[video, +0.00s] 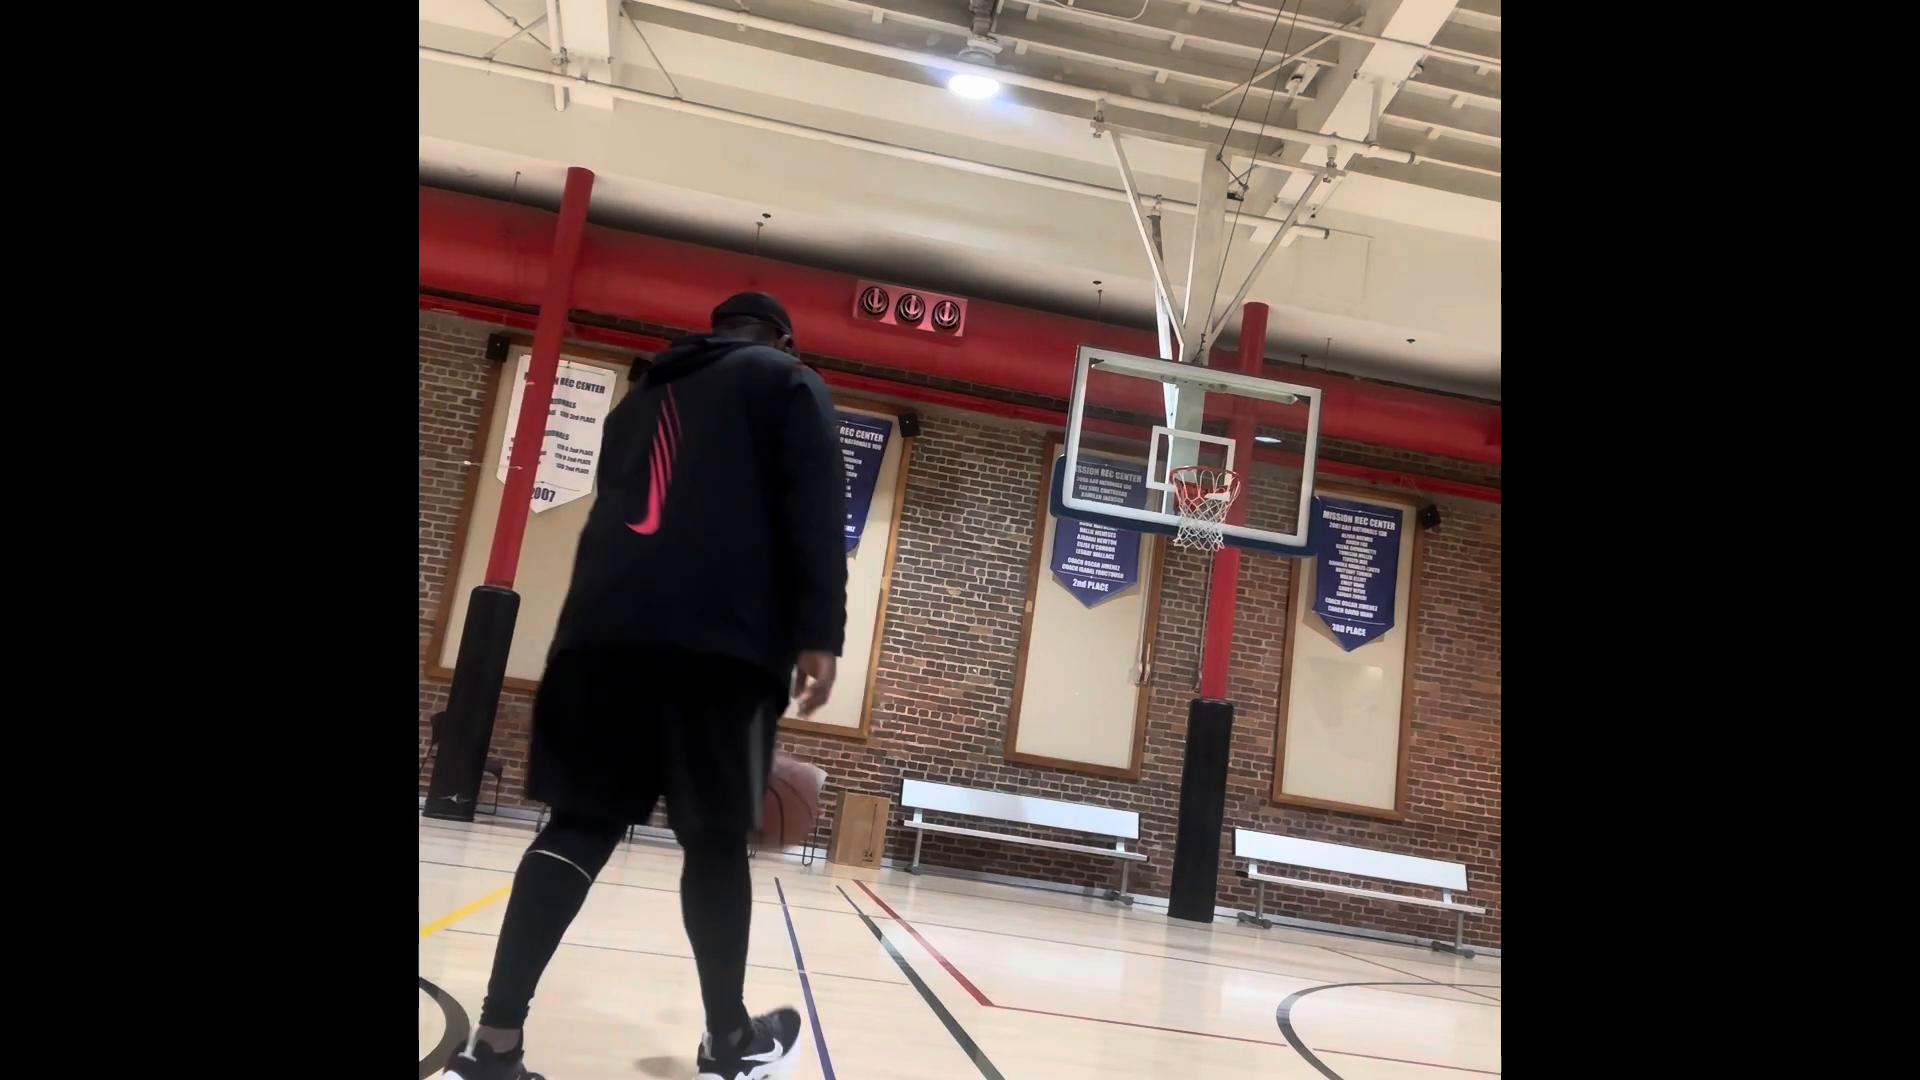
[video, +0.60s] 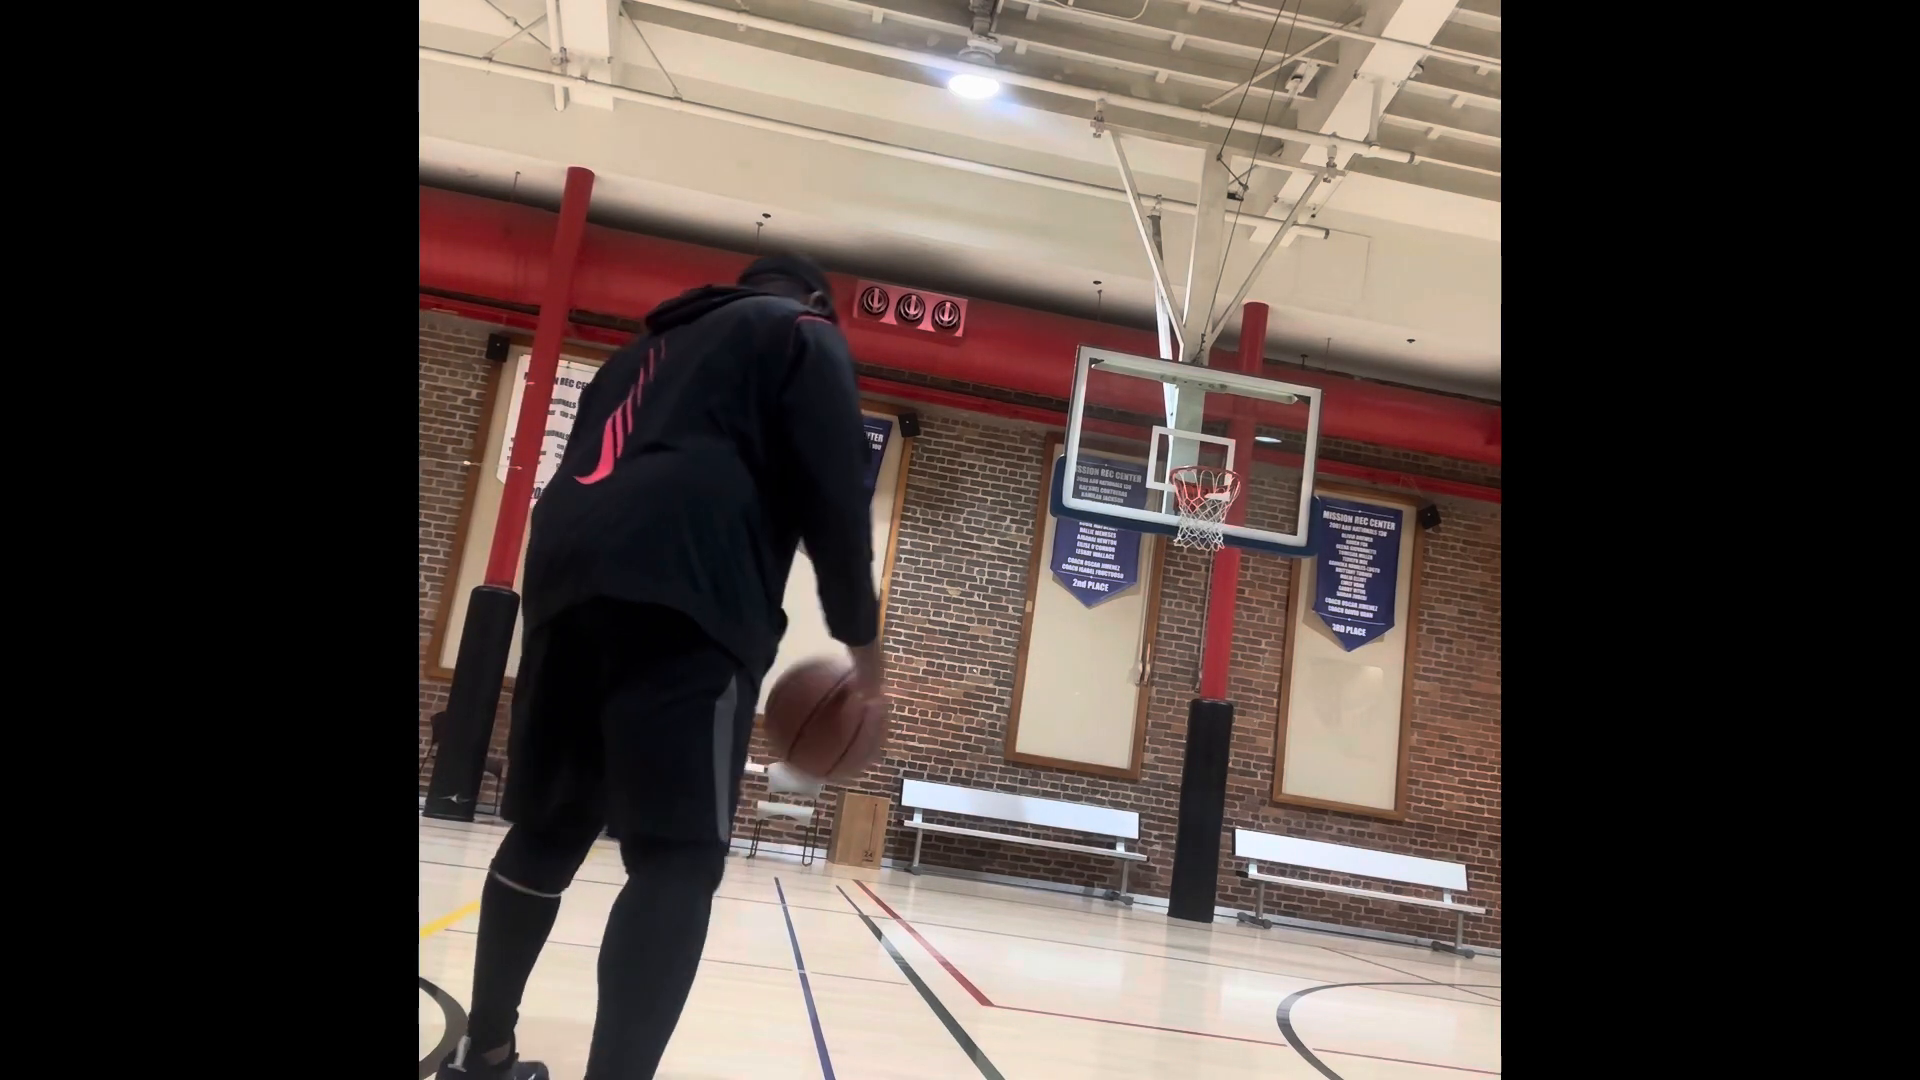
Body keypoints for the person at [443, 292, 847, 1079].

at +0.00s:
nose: (792, 358)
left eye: (785, 345)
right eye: (791, 346)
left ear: (712, 331)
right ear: (779, 339)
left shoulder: (639, 398)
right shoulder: (787, 381)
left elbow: (608, 525)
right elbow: (815, 511)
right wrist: (819, 633)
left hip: (604, 637)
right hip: (723, 647)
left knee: (581, 822)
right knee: (716, 839)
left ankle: (495, 1038)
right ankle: (728, 1034)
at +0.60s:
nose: (822, 327)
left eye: (819, 315)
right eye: (823, 315)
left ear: (743, 283)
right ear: (810, 301)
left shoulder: (640, 349)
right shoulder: (801, 332)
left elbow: (575, 482)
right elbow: (837, 489)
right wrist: (864, 648)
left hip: (564, 593)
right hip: (686, 602)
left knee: (547, 825)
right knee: (676, 860)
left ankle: (484, 1046)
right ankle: (618, 1068)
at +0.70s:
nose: (861, 320)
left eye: (864, 310)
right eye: (863, 308)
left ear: (774, 268)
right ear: (846, 288)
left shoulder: (666, 333)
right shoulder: (831, 319)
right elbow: (867, 474)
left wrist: (788, 618)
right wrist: (904, 618)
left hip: (566, 575)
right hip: (692, 588)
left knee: (531, 827)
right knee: (689, 866)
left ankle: (473, 1048)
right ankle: (618, 1070)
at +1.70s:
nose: (767, 265)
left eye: (767, 254)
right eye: (765, 252)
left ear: (661, 227)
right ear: (749, 242)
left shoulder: (562, 284)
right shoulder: (760, 294)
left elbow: (498, 417)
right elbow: (793, 448)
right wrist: (741, 599)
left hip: (462, 538)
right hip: (619, 554)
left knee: (441, 821)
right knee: (607, 845)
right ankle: (585, 1069)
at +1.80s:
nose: (726, 268)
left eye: (722, 258)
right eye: (727, 256)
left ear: (621, 230)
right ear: (711, 249)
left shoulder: (522, 294)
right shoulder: (736, 309)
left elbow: (469, 424)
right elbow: (774, 471)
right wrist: (693, 591)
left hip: (454, 553)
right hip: (615, 568)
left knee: (438, 820)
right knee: (605, 847)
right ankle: (586, 1069)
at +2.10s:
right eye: (647, 268)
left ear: (555, 253)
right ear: (642, 270)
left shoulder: (466, 316)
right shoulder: (681, 348)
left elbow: (424, 432)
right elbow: (712, 518)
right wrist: (637, 544)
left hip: (445, 585)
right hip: (598, 601)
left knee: (435, 816)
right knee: (603, 813)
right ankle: (605, 1038)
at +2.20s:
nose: (636, 287)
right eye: (636, 276)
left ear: (545, 265)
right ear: (631, 277)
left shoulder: (466, 325)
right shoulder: (674, 365)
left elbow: (447, 408)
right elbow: (717, 522)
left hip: (446, 603)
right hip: (596, 618)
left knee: (439, 828)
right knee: (588, 822)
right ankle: (599, 1052)